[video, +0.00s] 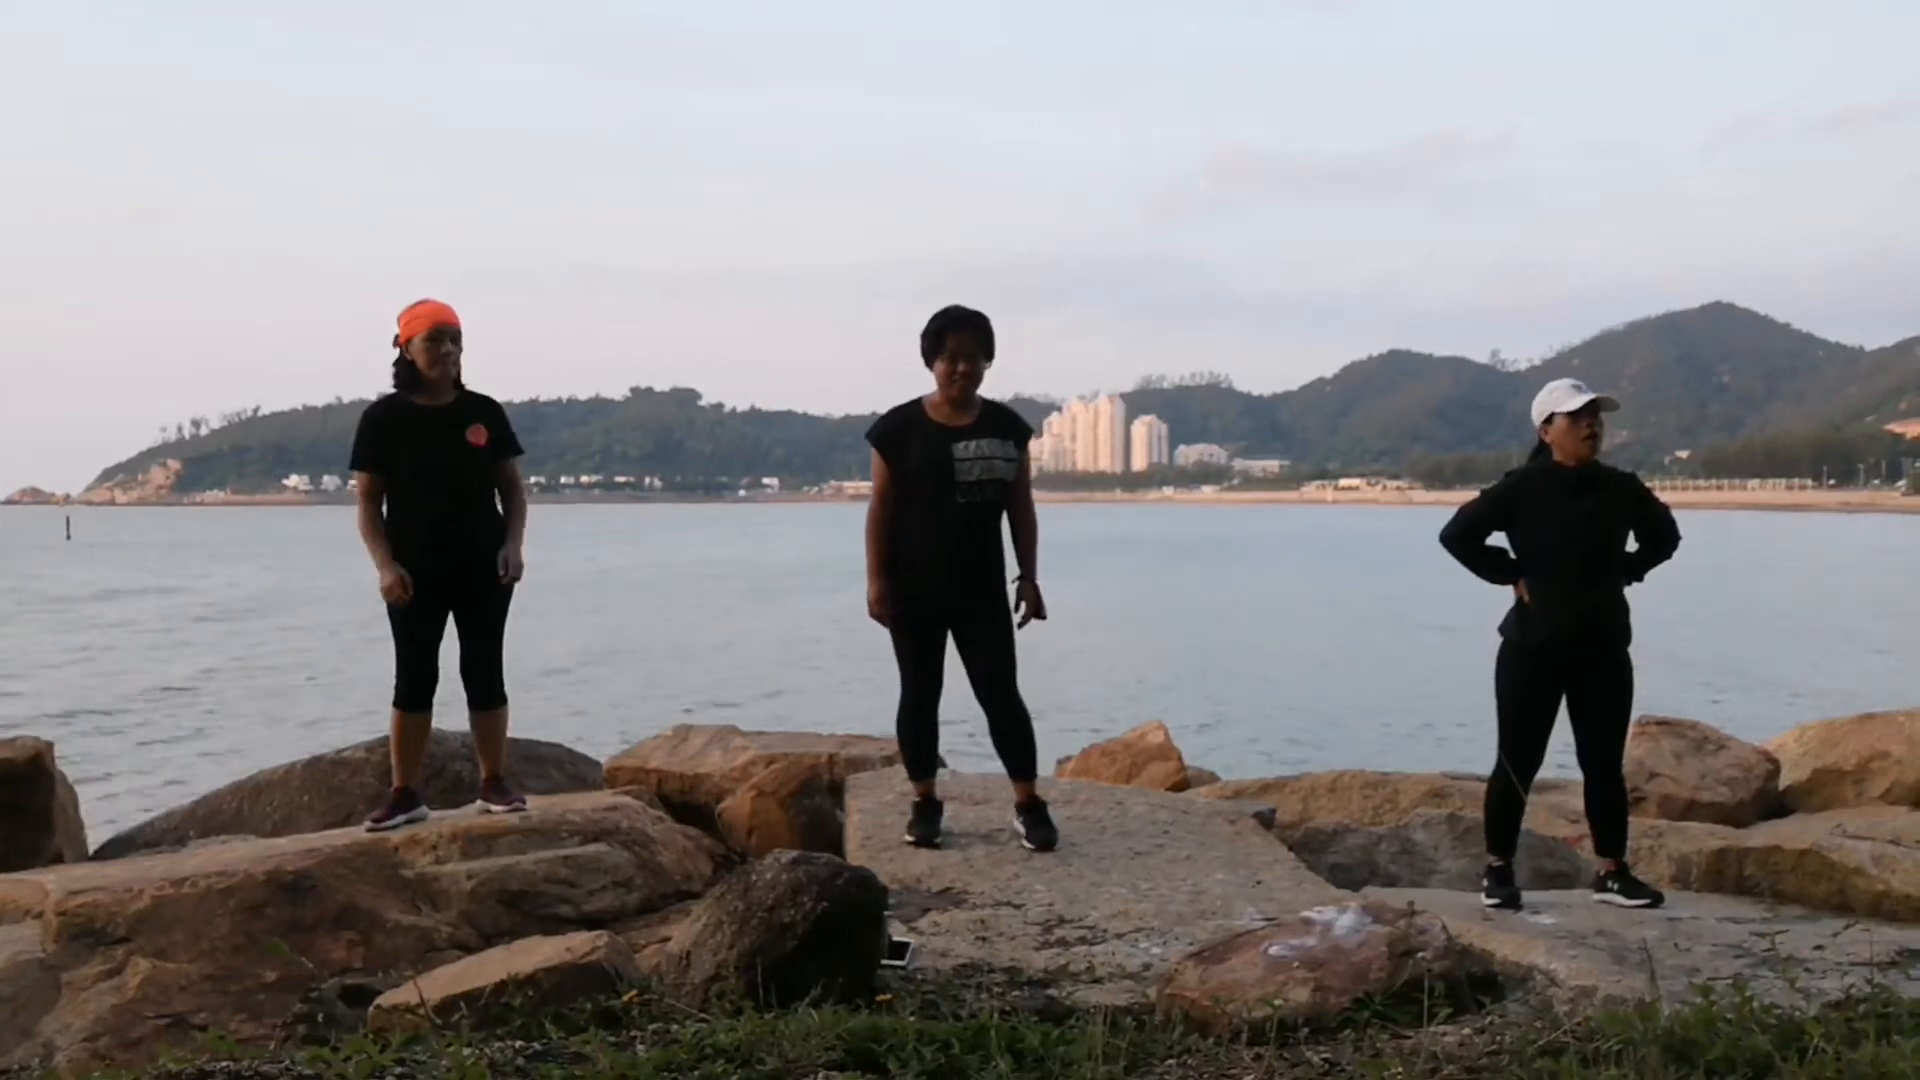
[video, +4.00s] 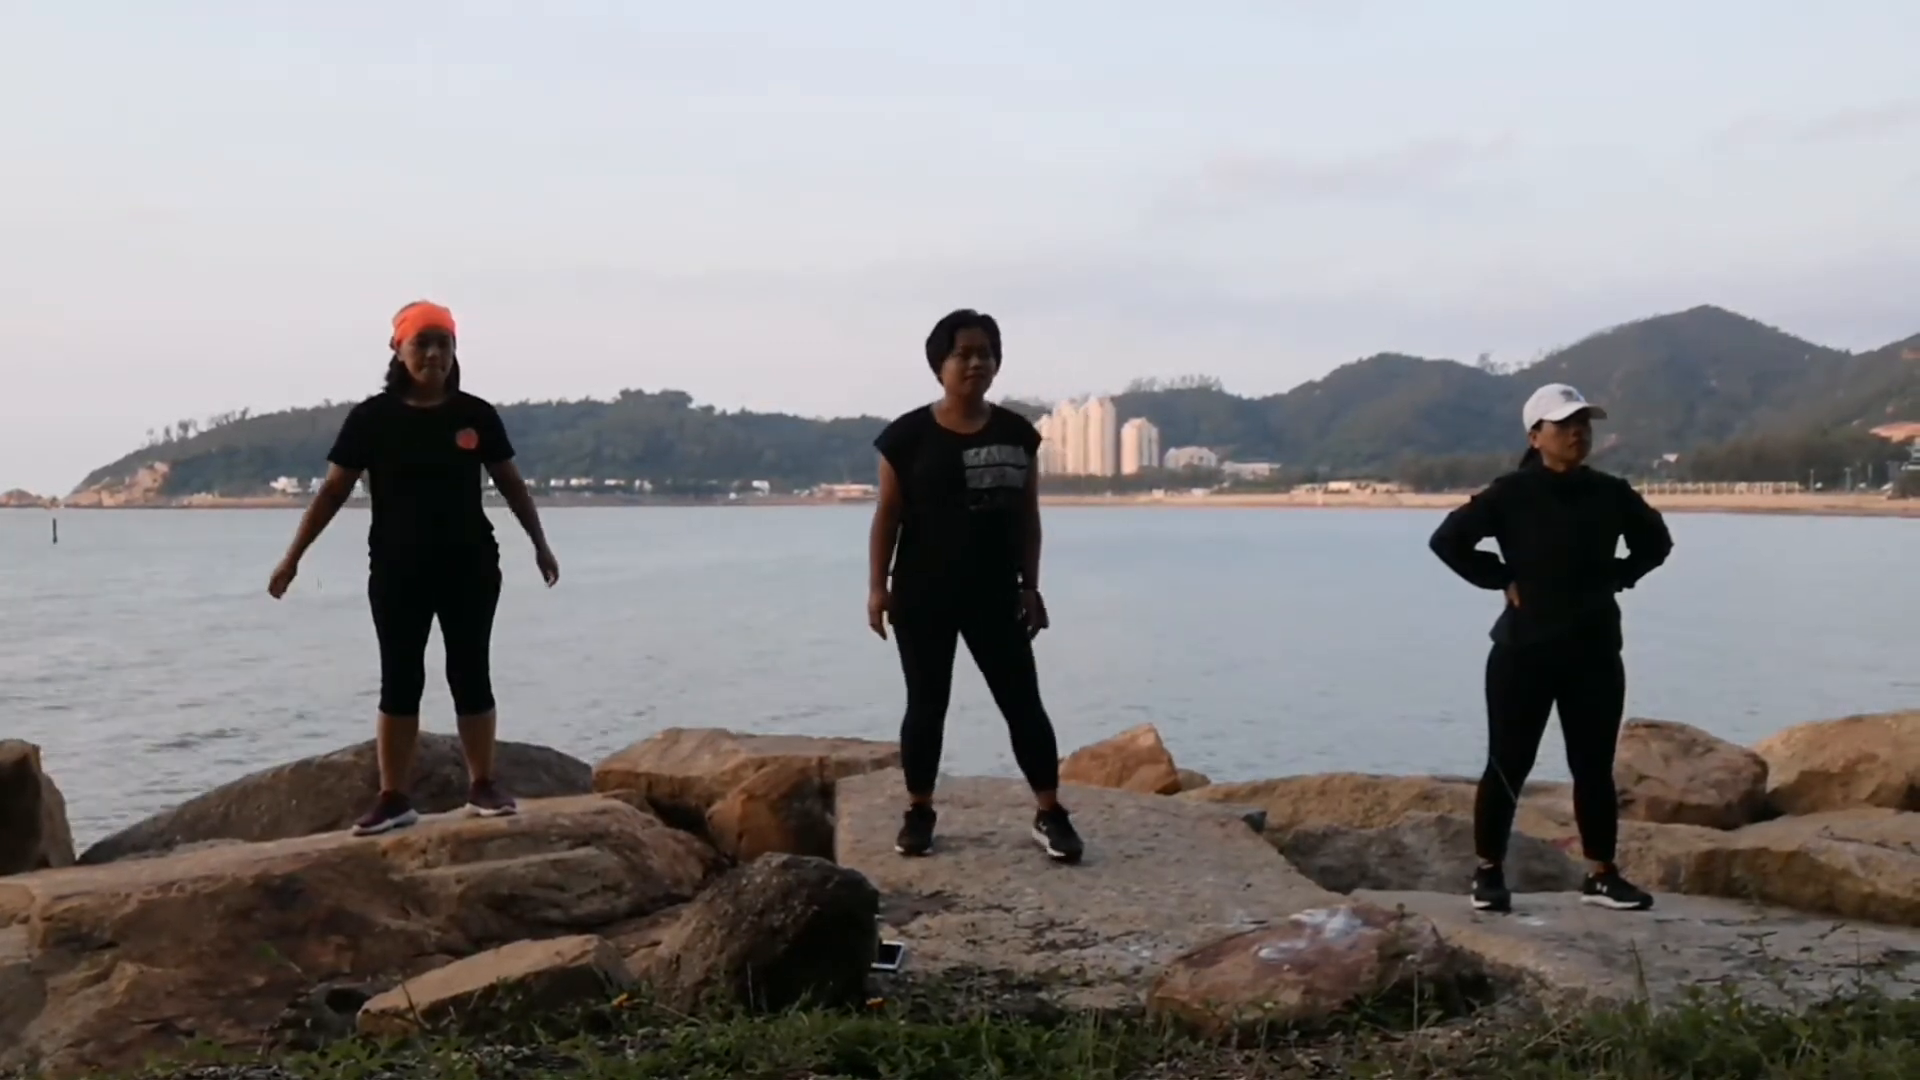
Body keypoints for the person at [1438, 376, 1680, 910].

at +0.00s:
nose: (1594, 427)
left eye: (1595, 418)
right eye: (1581, 419)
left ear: (1596, 423)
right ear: (1548, 431)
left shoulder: (1619, 486)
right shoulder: (1521, 488)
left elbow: (1665, 536)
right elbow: (1456, 536)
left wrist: (1625, 570)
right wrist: (1511, 573)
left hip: (1602, 647)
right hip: (1534, 647)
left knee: (1605, 765)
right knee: (1517, 762)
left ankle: (1612, 871)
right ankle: (1499, 871)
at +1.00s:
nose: (1577, 431)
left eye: (1580, 420)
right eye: (1563, 424)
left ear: (1586, 425)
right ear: (1535, 435)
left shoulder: (1614, 489)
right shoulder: (1514, 493)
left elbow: (1664, 536)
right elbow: (1451, 542)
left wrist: (1625, 572)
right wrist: (1508, 576)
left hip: (1601, 649)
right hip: (1531, 649)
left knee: (1603, 766)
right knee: (1515, 765)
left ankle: (1611, 872)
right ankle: (1497, 872)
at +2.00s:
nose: (1579, 431)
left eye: (1581, 421)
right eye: (1566, 423)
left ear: (1585, 425)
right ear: (1535, 434)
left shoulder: (1611, 490)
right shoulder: (1512, 493)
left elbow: (1660, 537)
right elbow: (1449, 543)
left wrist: (1621, 572)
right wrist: (1507, 577)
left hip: (1597, 650)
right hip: (1529, 650)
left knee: (1600, 767)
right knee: (1512, 765)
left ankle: (1608, 873)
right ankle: (1494, 872)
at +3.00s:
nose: (1581, 432)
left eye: (1584, 423)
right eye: (1568, 424)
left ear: (1588, 428)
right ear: (1538, 434)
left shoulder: (1612, 492)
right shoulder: (1512, 493)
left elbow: (1659, 540)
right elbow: (1448, 541)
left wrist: (1616, 576)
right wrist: (1504, 577)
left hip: (1595, 650)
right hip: (1527, 650)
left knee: (1598, 768)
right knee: (1510, 765)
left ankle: (1606, 873)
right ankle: (1492, 873)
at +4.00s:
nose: (1580, 433)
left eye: (1583, 423)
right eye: (1567, 424)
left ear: (1588, 429)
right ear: (1537, 435)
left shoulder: (1610, 492)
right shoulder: (1511, 493)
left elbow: (1657, 542)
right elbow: (1447, 541)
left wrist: (1613, 578)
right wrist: (1502, 578)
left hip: (1593, 651)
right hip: (1524, 650)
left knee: (1595, 769)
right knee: (1507, 766)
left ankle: (1602, 874)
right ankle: (1489, 874)